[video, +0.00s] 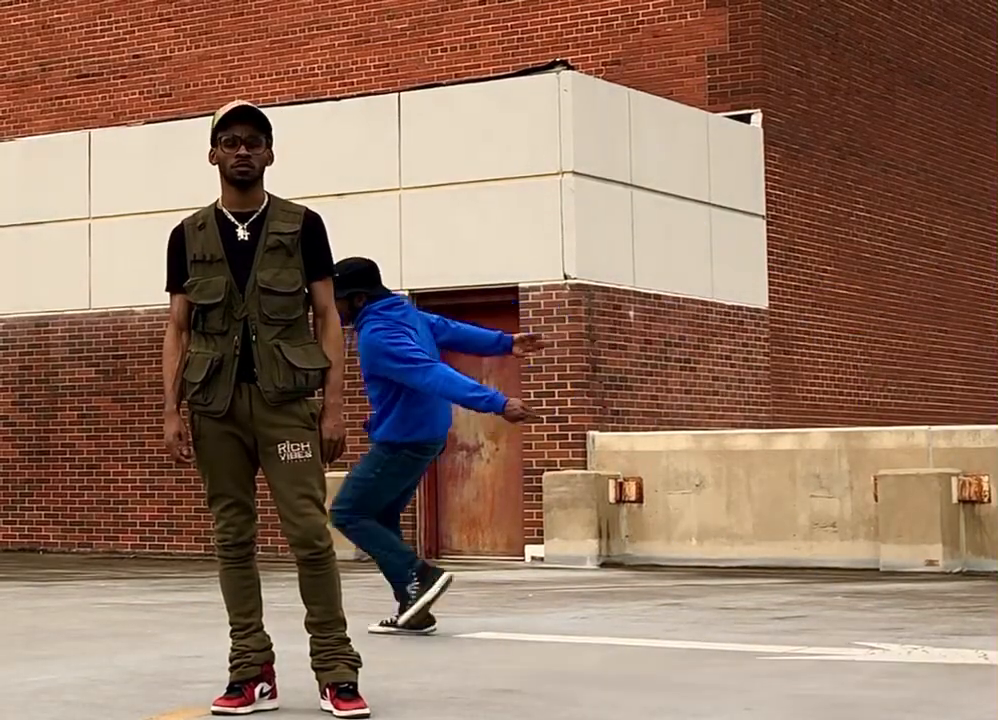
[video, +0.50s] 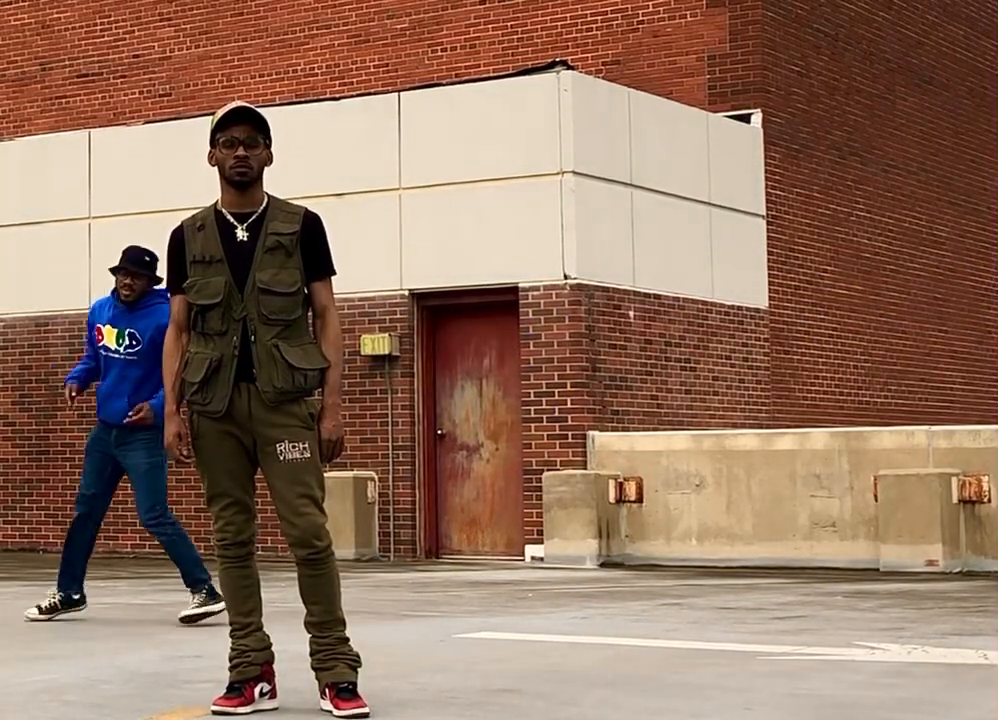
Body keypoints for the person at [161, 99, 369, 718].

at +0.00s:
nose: (241, 151)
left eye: (252, 143)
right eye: (231, 143)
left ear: (269, 153)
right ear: (213, 154)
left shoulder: (302, 225)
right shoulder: (187, 235)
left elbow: (328, 318)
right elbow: (177, 327)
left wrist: (334, 403)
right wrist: (172, 407)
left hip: (288, 404)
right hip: (213, 408)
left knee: (310, 538)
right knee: (233, 541)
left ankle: (337, 671)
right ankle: (250, 668)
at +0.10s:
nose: (241, 151)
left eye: (252, 143)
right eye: (231, 143)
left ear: (269, 154)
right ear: (213, 154)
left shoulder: (302, 225)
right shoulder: (187, 235)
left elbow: (327, 320)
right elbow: (177, 328)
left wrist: (333, 406)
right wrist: (172, 407)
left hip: (288, 405)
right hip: (213, 409)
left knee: (310, 538)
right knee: (233, 541)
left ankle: (336, 672)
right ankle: (250, 668)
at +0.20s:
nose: (241, 152)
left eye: (252, 143)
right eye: (230, 143)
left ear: (269, 154)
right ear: (212, 154)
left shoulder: (301, 225)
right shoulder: (187, 235)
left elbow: (327, 318)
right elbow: (177, 327)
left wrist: (332, 403)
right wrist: (171, 407)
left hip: (289, 402)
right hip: (213, 407)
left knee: (311, 538)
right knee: (232, 542)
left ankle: (336, 672)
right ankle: (249, 668)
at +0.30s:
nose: (241, 152)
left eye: (251, 143)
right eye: (230, 143)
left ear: (269, 154)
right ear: (213, 154)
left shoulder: (301, 224)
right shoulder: (187, 235)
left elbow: (328, 317)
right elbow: (177, 327)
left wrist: (333, 403)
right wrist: (172, 407)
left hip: (287, 403)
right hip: (213, 406)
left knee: (310, 537)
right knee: (232, 539)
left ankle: (336, 671)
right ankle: (250, 667)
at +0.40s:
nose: (240, 153)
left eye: (251, 144)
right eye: (230, 144)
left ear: (268, 155)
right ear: (212, 155)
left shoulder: (300, 225)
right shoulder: (187, 236)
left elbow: (327, 319)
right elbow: (176, 331)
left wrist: (332, 404)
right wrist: (170, 413)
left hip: (287, 404)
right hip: (212, 408)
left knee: (309, 538)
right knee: (232, 541)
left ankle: (336, 672)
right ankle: (250, 668)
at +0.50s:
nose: (241, 153)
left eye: (251, 144)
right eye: (230, 144)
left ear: (268, 154)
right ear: (212, 155)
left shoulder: (301, 224)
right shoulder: (187, 235)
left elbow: (327, 317)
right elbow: (177, 329)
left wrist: (333, 403)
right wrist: (171, 409)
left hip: (287, 403)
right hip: (212, 407)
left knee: (309, 538)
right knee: (232, 540)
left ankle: (336, 671)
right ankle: (250, 667)